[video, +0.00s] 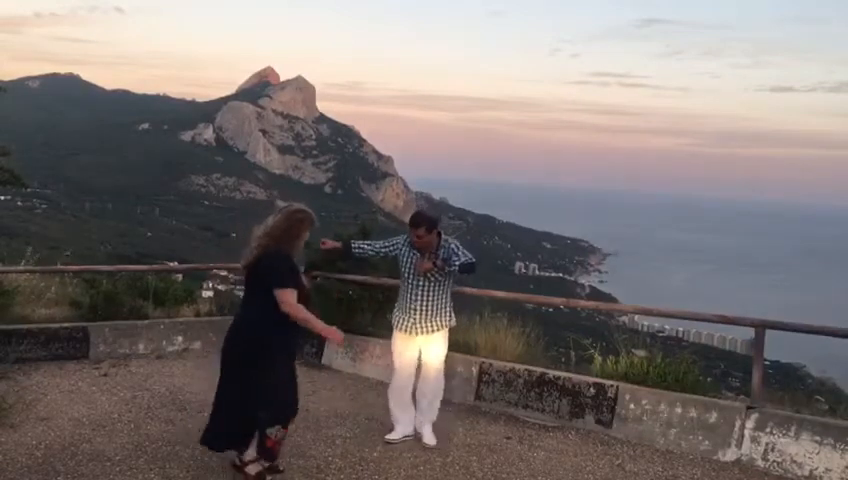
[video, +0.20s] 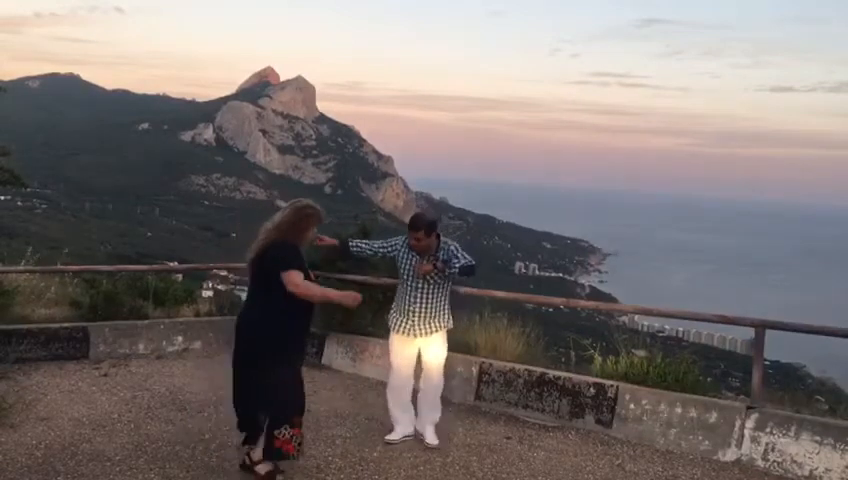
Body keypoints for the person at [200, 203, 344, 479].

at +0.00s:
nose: (306, 239)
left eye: (307, 233)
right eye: (305, 232)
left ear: (279, 226)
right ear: (295, 232)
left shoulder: (262, 257)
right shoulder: (280, 261)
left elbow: (261, 302)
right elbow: (289, 305)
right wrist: (325, 329)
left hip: (248, 339)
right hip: (269, 345)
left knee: (252, 397)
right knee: (284, 404)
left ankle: (243, 452)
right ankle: (262, 459)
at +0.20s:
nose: (315, 235)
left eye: (317, 230)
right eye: (314, 228)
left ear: (287, 221)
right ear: (301, 225)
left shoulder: (272, 248)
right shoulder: (284, 250)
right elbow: (296, 286)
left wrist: (307, 278)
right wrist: (339, 296)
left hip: (258, 337)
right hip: (274, 341)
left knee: (260, 394)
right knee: (286, 399)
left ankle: (251, 452)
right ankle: (266, 460)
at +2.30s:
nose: (373, 230)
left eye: (374, 224)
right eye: (367, 223)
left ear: (366, 227)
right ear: (348, 223)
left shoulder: (372, 259)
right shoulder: (323, 251)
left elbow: (393, 290)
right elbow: (305, 282)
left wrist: (432, 305)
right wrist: (326, 286)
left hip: (351, 346)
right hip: (314, 345)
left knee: (343, 412)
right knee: (312, 411)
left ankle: (330, 467)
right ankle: (303, 469)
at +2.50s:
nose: (379, 227)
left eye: (379, 221)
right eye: (375, 221)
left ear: (363, 224)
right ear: (357, 221)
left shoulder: (373, 263)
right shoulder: (332, 247)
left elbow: (384, 299)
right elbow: (316, 271)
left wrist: (411, 324)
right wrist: (353, 258)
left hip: (351, 351)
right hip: (316, 343)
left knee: (337, 407)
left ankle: (322, 465)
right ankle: (298, 466)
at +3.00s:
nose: (401, 229)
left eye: (400, 223)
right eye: (398, 222)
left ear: (374, 222)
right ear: (385, 223)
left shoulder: (368, 253)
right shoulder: (370, 258)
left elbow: (390, 268)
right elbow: (393, 303)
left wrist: (414, 261)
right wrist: (441, 309)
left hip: (353, 359)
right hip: (366, 363)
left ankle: (326, 471)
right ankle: (356, 472)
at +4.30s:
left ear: (385, 226)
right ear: (428, 230)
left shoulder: (366, 261)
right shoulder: (440, 269)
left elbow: (327, 274)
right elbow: (478, 297)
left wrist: (314, 265)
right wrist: (500, 280)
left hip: (368, 371)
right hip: (421, 374)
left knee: (354, 452)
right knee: (412, 458)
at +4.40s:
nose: (449, 228)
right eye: (444, 224)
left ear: (389, 224)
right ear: (435, 229)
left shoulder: (371, 258)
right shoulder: (446, 266)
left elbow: (329, 276)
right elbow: (484, 293)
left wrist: (302, 279)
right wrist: (491, 265)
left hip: (369, 370)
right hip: (425, 373)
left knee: (352, 452)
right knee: (414, 458)